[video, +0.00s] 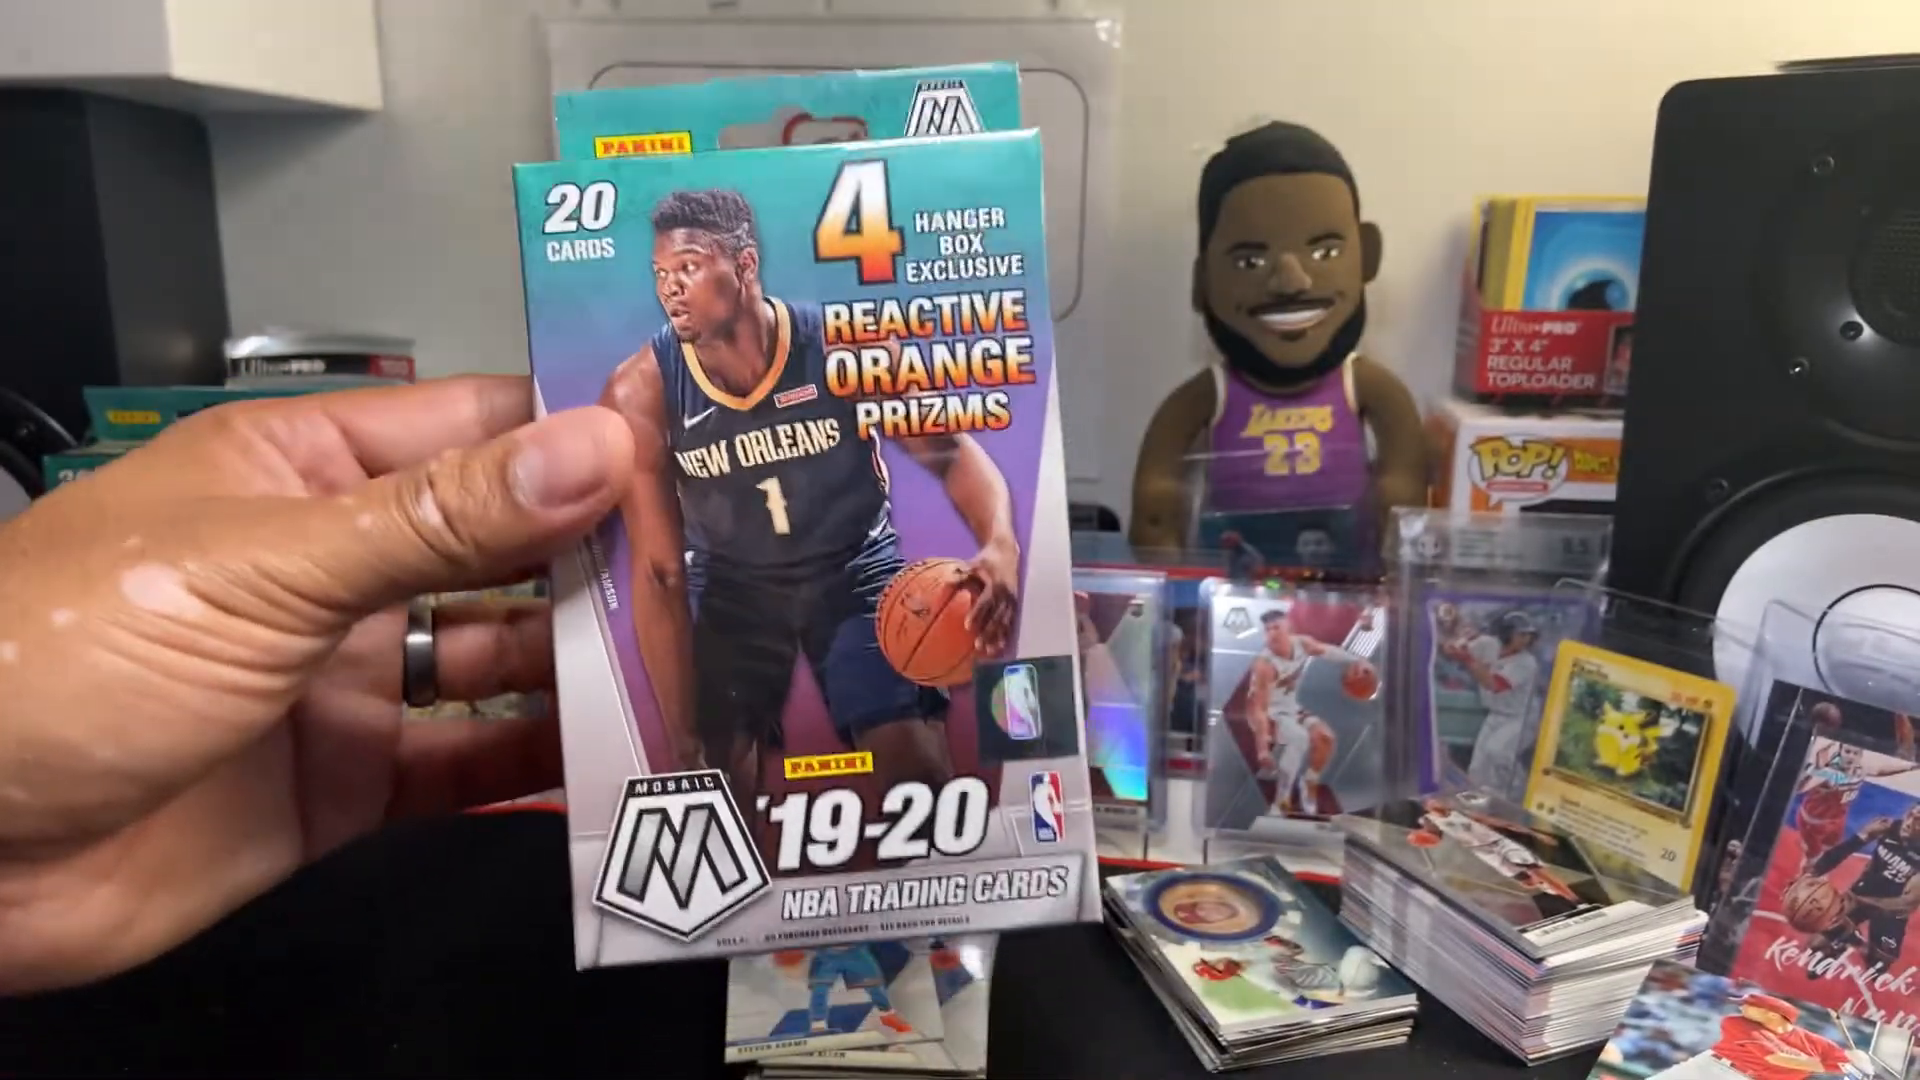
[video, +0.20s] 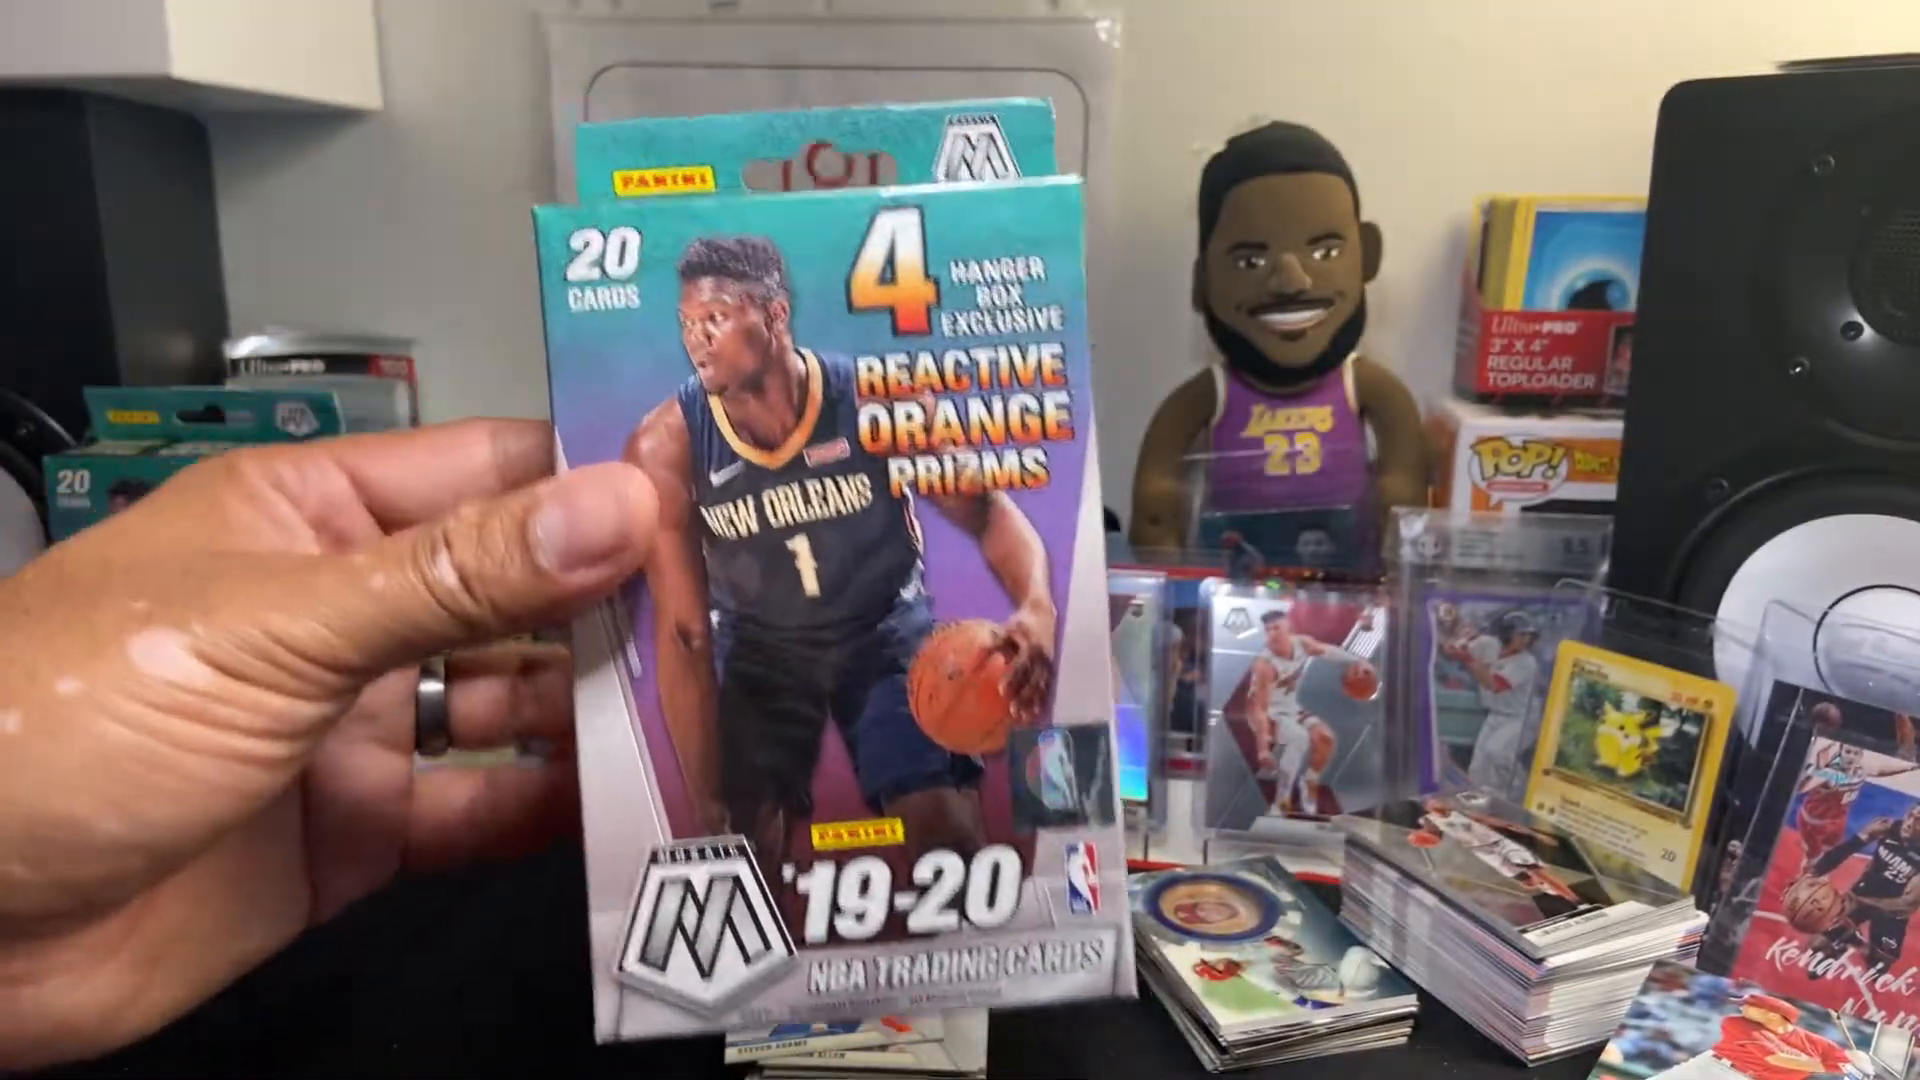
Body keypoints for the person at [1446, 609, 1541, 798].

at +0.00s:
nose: (1526, 640)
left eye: (1529, 636)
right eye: (1521, 635)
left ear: (1532, 638)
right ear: (1508, 634)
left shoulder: (1527, 662)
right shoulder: (1490, 645)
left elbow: (1497, 684)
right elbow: (1458, 650)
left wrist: (1470, 661)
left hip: (1517, 721)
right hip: (1494, 717)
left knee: (1496, 750)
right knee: (1480, 753)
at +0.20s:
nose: (1526, 640)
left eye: (1529, 636)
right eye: (1521, 635)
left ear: (1532, 638)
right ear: (1508, 634)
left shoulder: (1527, 662)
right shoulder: (1491, 647)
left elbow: (1496, 684)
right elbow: (1459, 651)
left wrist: (1470, 662)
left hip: (1516, 721)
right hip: (1494, 717)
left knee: (1495, 751)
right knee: (1481, 753)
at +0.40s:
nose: (1527, 640)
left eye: (1530, 636)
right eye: (1522, 635)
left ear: (1533, 638)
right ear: (1509, 635)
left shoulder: (1527, 662)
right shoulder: (1491, 646)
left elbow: (1496, 684)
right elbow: (1461, 651)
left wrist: (1471, 662)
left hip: (1519, 721)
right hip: (1496, 717)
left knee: (1496, 750)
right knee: (1480, 759)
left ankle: (1519, 788)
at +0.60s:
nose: (1527, 641)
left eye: (1530, 636)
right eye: (1523, 635)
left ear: (1533, 638)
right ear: (1510, 635)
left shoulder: (1528, 663)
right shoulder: (1491, 646)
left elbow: (1497, 684)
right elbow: (1461, 651)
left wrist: (1470, 662)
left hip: (1518, 722)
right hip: (1495, 718)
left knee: (1496, 751)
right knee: (1481, 758)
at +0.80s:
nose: (1527, 641)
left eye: (1530, 636)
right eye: (1523, 635)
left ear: (1533, 639)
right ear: (1510, 635)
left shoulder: (1528, 663)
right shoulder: (1491, 646)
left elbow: (1497, 684)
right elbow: (1462, 651)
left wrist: (1470, 661)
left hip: (1518, 722)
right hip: (1495, 718)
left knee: (1496, 751)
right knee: (1480, 763)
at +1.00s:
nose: (1528, 641)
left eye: (1531, 636)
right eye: (1523, 635)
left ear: (1535, 639)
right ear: (1511, 635)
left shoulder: (1529, 663)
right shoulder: (1492, 645)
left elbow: (1498, 684)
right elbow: (1462, 651)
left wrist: (1471, 661)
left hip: (1521, 722)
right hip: (1496, 718)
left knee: (1497, 751)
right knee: (1481, 763)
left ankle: (1520, 788)